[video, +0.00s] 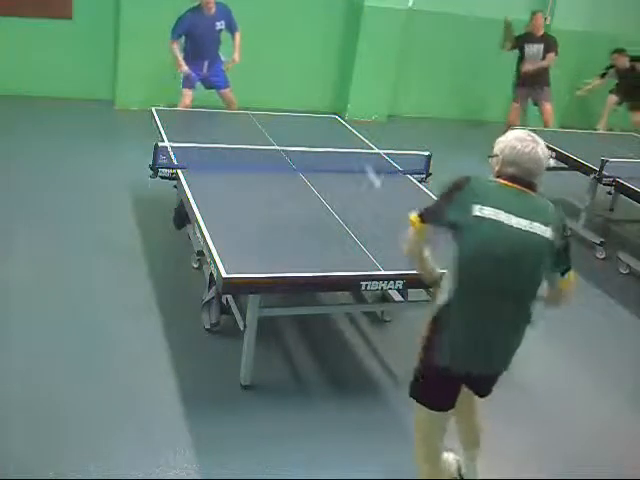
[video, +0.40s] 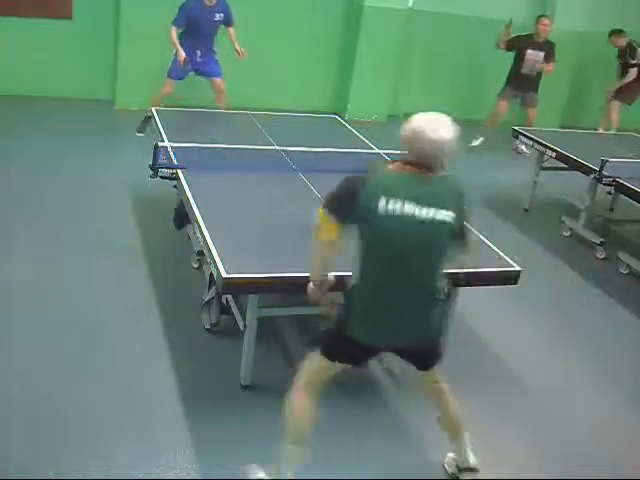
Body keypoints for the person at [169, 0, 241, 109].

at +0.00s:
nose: (210, 3)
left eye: (212, 1)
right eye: (206, 1)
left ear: (215, 1)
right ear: (201, 2)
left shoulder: (223, 11)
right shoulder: (189, 16)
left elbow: (235, 31)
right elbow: (174, 41)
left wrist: (236, 54)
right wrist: (181, 64)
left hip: (214, 63)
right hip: (192, 64)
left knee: (230, 100)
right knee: (186, 102)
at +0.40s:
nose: (212, 1)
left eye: (214, 0)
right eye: (210, 0)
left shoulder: (223, 6)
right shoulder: (190, 6)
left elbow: (229, 27)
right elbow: (173, 30)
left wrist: (236, 45)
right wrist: (179, 50)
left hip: (207, 53)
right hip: (186, 52)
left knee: (220, 89)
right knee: (167, 90)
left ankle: (221, 122)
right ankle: (148, 117)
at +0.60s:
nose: (202, 1)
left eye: (204, 1)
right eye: (200, 0)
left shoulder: (214, 7)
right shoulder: (182, 7)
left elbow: (220, 29)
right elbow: (169, 31)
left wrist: (225, 50)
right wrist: (179, 51)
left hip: (201, 52)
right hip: (181, 51)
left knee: (215, 89)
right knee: (162, 88)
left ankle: (215, 121)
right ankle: (149, 117)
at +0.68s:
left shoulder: (215, 7)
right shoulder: (187, 11)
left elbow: (217, 30)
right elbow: (177, 37)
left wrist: (220, 52)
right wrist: (198, 51)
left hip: (202, 50)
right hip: (182, 50)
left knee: (216, 85)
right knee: (167, 90)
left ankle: (218, 118)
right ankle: (147, 116)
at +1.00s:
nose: (249, 5)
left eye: (249, 3)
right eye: (249, 2)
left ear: (238, 0)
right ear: (244, 2)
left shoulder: (224, 9)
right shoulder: (237, 16)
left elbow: (227, 37)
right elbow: (248, 50)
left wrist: (242, 51)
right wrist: (268, 58)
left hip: (213, 56)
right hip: (209, 55)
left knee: (235, 82)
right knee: (192, 98)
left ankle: (227, 121)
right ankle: (151, 112)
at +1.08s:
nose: (254, 3)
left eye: (254, 1)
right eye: (253, 1)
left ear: (244, 1)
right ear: (247, 1)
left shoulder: (233, 8)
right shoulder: (239, 14)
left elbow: (247, 37)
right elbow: (245, 46)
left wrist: (262, 50)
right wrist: (263, 65)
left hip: (219, 54)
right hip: (212, 52)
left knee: (238, 83)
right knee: (201, 96)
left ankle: (230, 117)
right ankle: (169, 111)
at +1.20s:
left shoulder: (253, 10)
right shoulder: (241, 7)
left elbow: (267, 25)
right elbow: (235, 37)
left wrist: (281, 39)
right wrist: (248, 62)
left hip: (228, 47)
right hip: (218, 45)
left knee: (242, 84)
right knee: (217, 90)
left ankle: (230, 115)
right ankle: (199, 117)